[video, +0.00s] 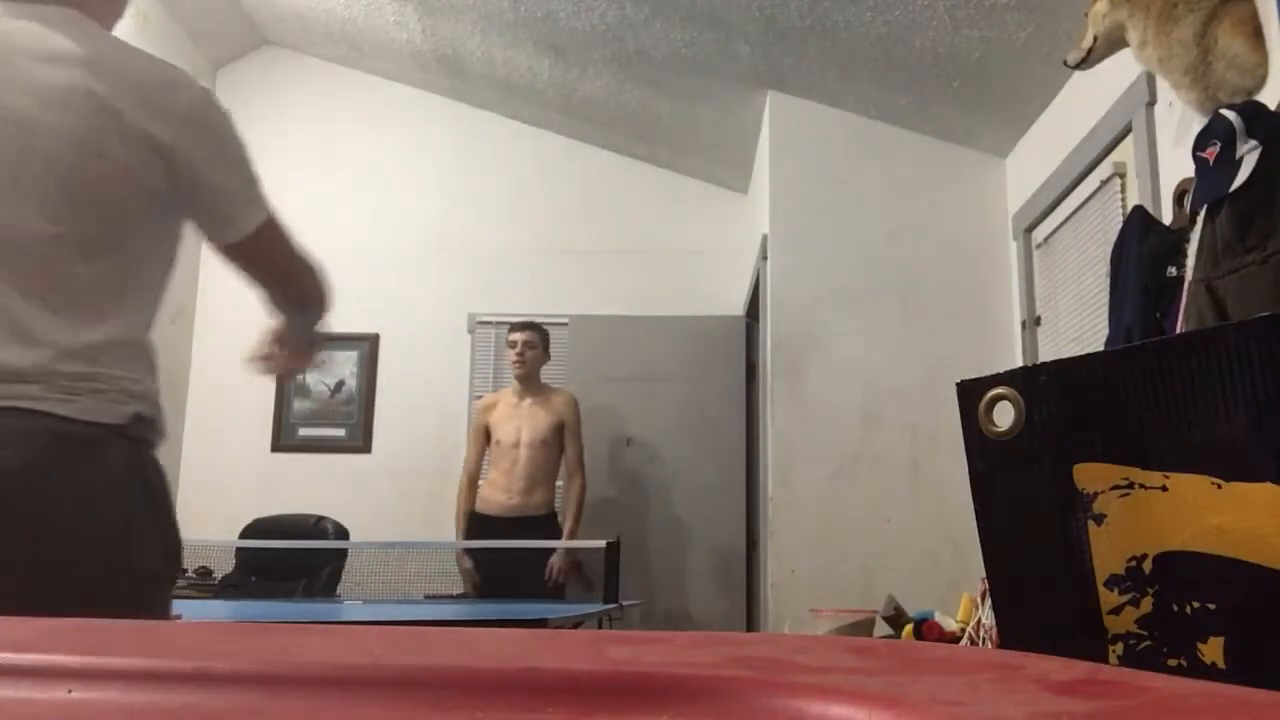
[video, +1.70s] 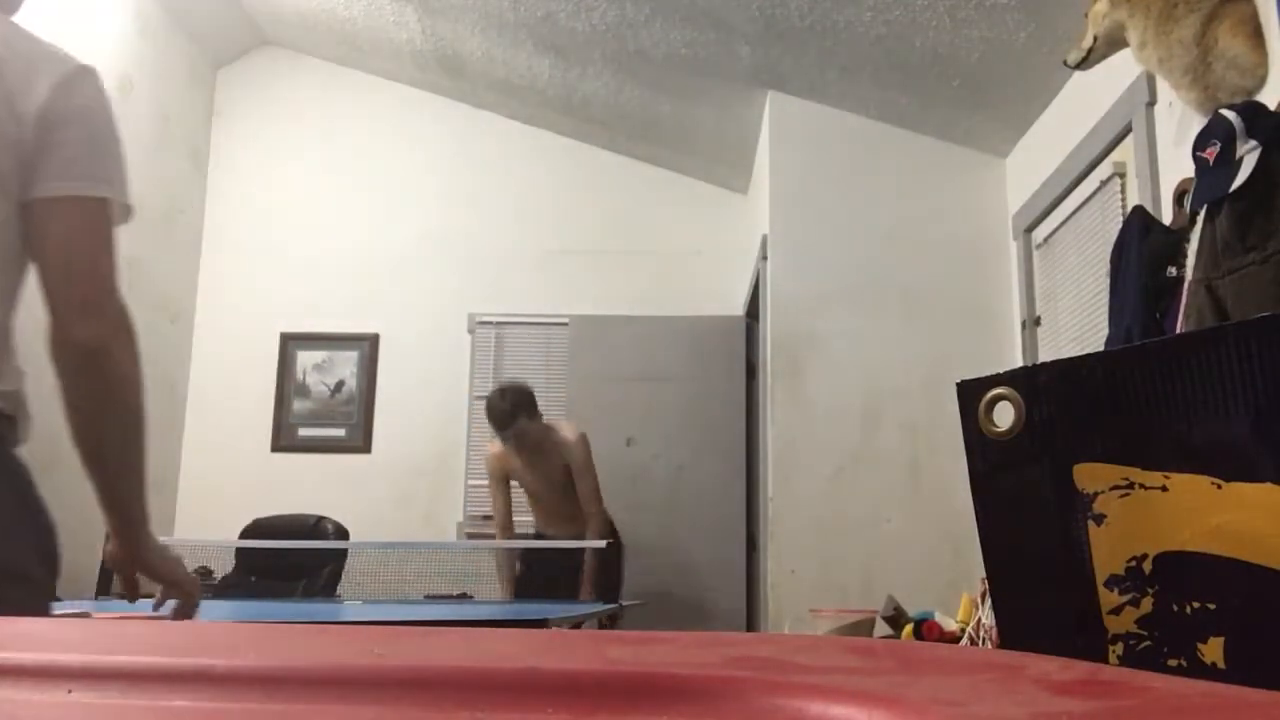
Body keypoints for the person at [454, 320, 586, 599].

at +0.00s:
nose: (518, 353)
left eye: (529, 346)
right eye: (512, 346)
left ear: (545, 356)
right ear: (507, 353)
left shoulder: (562, 404)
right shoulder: (487, 406)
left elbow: (575, 478)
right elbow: (470, 476)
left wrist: (565, 545)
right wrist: (460, 543)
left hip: (538, 528)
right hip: (485, 527)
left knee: (540, 627)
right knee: (486, 625)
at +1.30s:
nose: (501, 396)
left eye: (509, 387)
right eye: (494, 388)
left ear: (529, 375)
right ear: (488, 383)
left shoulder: (558, 415)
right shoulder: (485, 417)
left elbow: (568, 495)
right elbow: (483, 492)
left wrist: (545, 562)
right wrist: (483, 556)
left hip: (550, 532)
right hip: (503, 532)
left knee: (551, 630)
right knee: (501, 631)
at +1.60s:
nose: (510, 417)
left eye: (515, 407)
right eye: (502, 411)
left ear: (532, 390)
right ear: (492, 406)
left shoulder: (566, 425)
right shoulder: (494, 434)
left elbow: (589, 500)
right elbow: (496, 509)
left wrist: (573, 571)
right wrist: (499, 575)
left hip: (574, 536)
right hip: (529, 537)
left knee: (573, 631)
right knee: (523, 631)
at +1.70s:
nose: (516, 445)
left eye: (521, 434)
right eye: (506, 439)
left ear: (536, 417)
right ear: (498, 433)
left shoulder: (570, 442)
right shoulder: (499, 458)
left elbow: (595, 517)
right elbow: (504, 530)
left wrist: (587, 589)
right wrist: (507, 595)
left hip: (592, 545)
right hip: (546, 546)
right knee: (521, 627)